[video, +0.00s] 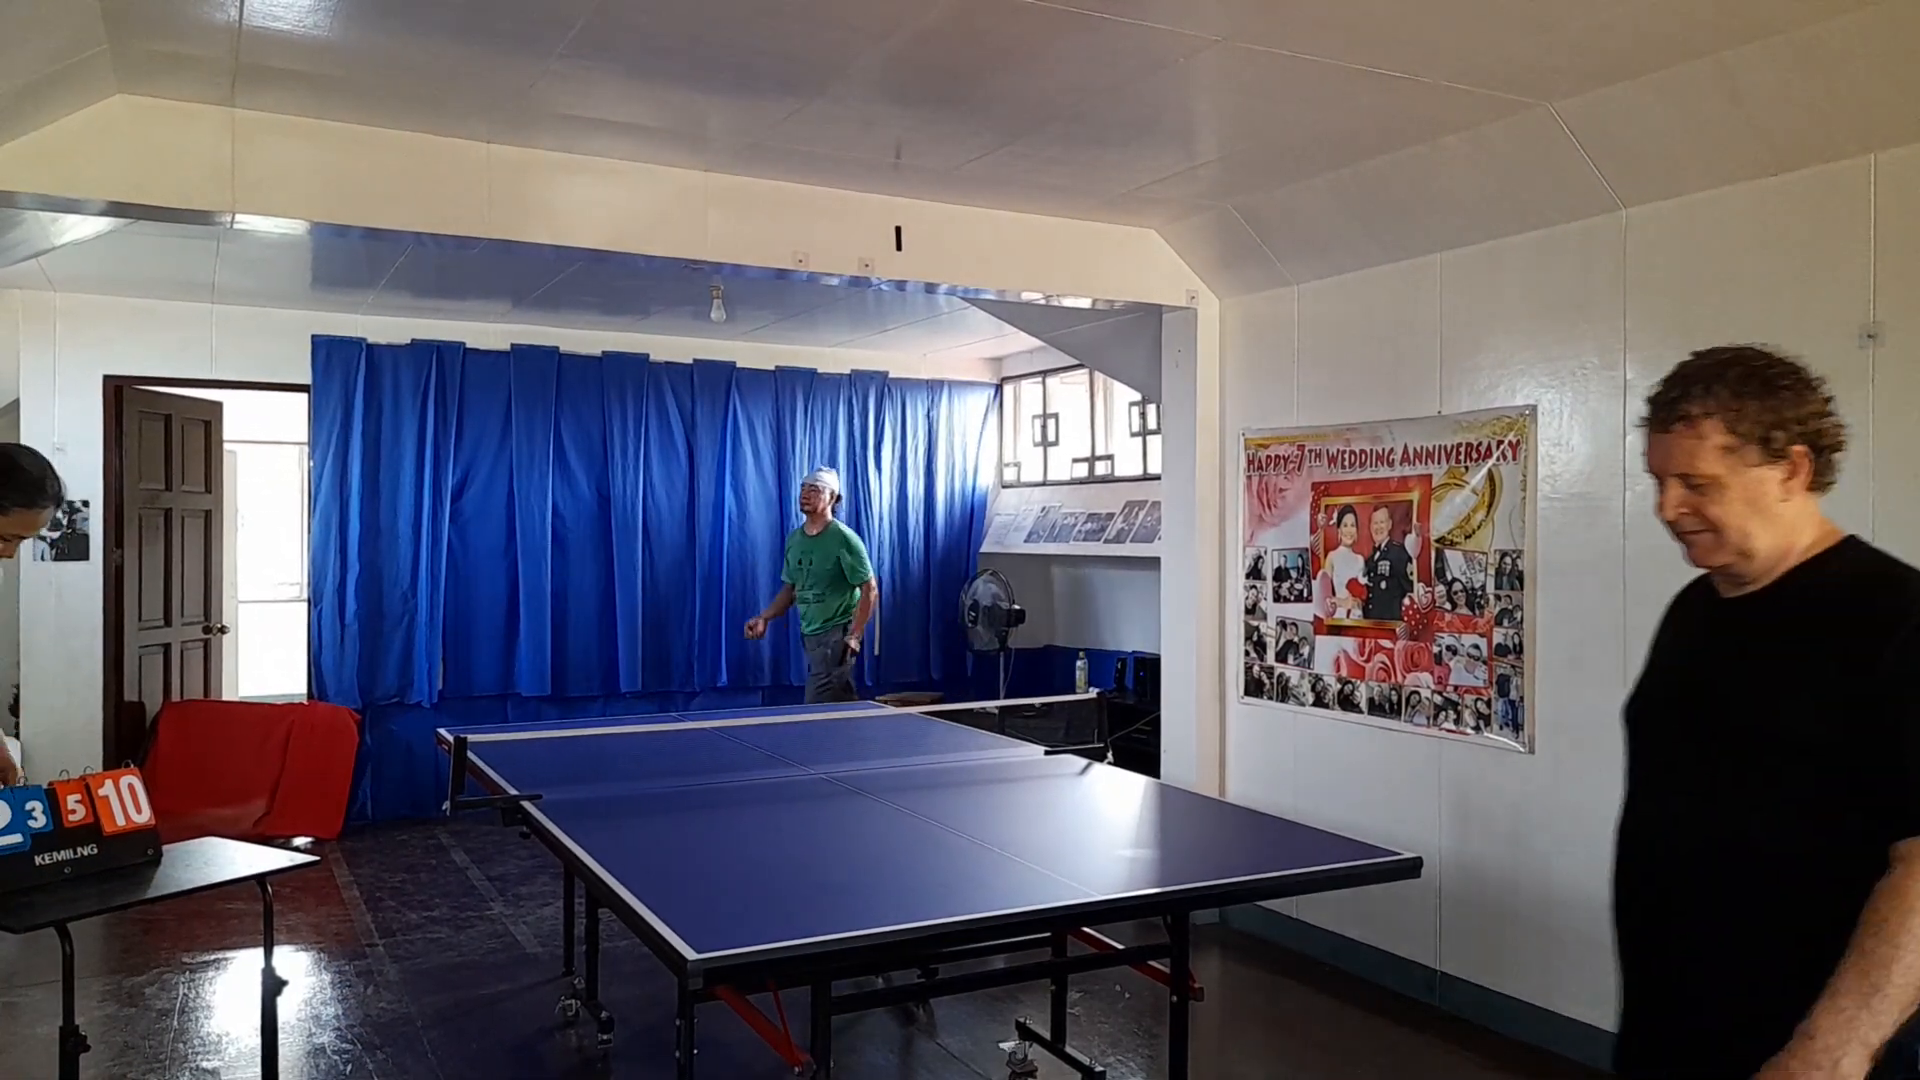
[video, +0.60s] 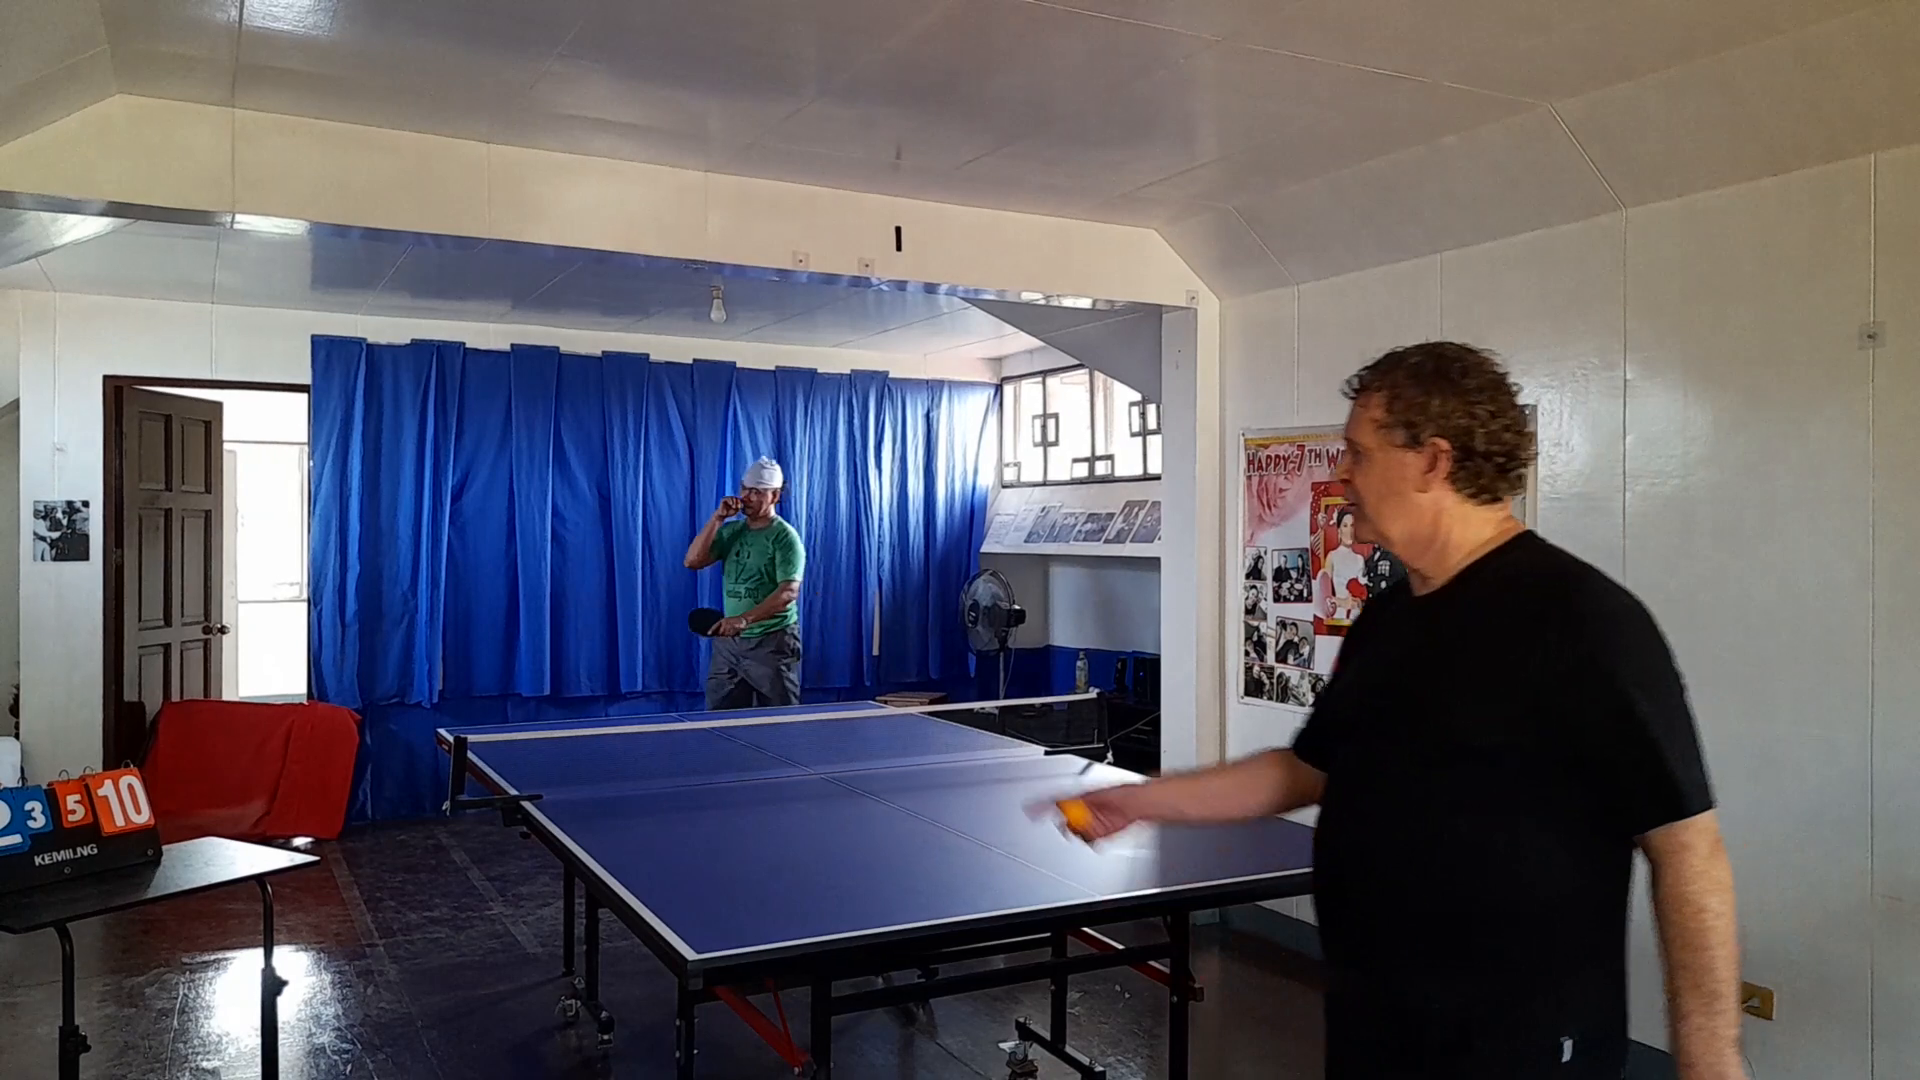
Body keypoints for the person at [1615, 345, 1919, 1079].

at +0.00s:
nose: (1666, 508)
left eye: (1696, 484)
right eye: (1660, 481)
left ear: (1791, 473)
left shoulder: (1897, 613)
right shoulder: (1693, 610)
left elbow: (1918, 862)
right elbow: (1674, 825)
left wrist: (1827, 1056)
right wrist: (1651, 1011)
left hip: (1806, 1050)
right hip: (1669, 1026)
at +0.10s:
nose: (1599, 501)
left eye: (1623, 477)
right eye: (1597, 475)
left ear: (1719, 473)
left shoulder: (1844, 623)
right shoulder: (1632, 620)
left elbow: (1892, 864)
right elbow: (1604, 831)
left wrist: (1812, 1068)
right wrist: (1586, 1021)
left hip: (1761, 1049)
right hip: (1613, 1031)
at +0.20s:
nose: (1532, 487)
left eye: (1554, 464)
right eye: (1536, 463)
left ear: (1644, 470)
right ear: (1641, 471)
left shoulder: (1784, 620)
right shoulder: (1567, 622)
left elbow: (1842, 860)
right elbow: (1544, 833)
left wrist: (1821, 1067)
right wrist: (1531, 1019)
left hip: (1708, 1043)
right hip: (1551, 1029)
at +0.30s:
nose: (1478, 483)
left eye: (1498, 460)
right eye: (1480, 459)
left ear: (1584, 467)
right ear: (1579, 470)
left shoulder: (1732, 622)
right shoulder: (1515, 619)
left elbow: (1805, 861)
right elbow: (1480, 825)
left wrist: (1824, 1063)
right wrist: (1429, 980)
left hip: (1658, 1048)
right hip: (1497, 1036)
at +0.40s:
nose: (1434, 477)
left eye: (1451, 454)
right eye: (1436, 454)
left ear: (1534, 460)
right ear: (1528, 463)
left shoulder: (1687, 615)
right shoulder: (1467, 616)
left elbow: (1776, 848)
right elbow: (1415, 793)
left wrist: (1806, 1059)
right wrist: (1337, 937)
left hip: (1614, 1045)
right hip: (1455, 1032)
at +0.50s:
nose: (1386, 475)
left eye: (1403, 450)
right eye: (1390, 452)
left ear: (1485, 457)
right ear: (1476, 460)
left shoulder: (1637, 616)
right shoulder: (1426, 619)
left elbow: (1737, 844)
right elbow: (1369, 783)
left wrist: (1767, 1060)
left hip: (1571, 1048)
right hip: (1417, 1036)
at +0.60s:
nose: (1339, 477)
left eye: (1355, 454)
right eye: (1343, 455)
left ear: (1432, 461)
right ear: (1425, 462)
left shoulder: (1587, 620)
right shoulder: (1387, 622)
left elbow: (1688, 852)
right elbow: (1304, 772)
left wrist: (1710, 1063)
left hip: (1532, 1047)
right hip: (1377, 1038)